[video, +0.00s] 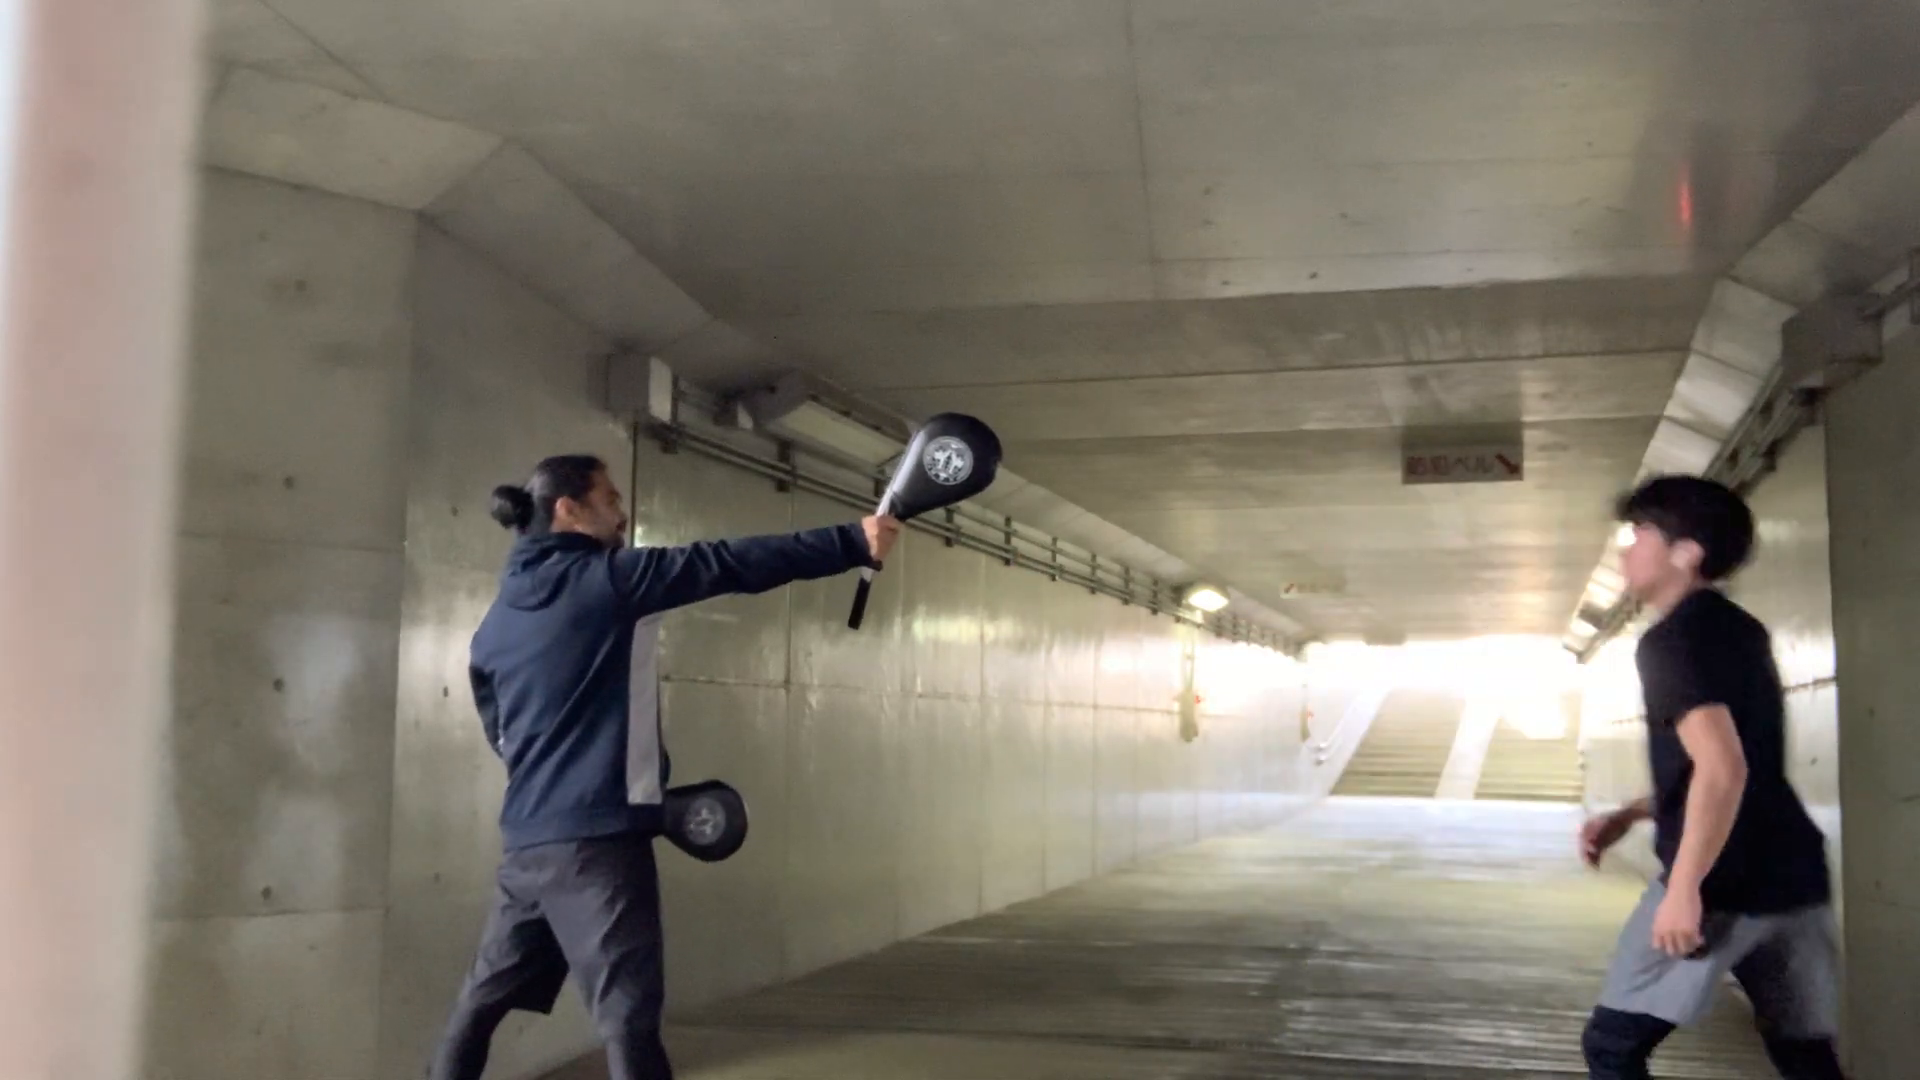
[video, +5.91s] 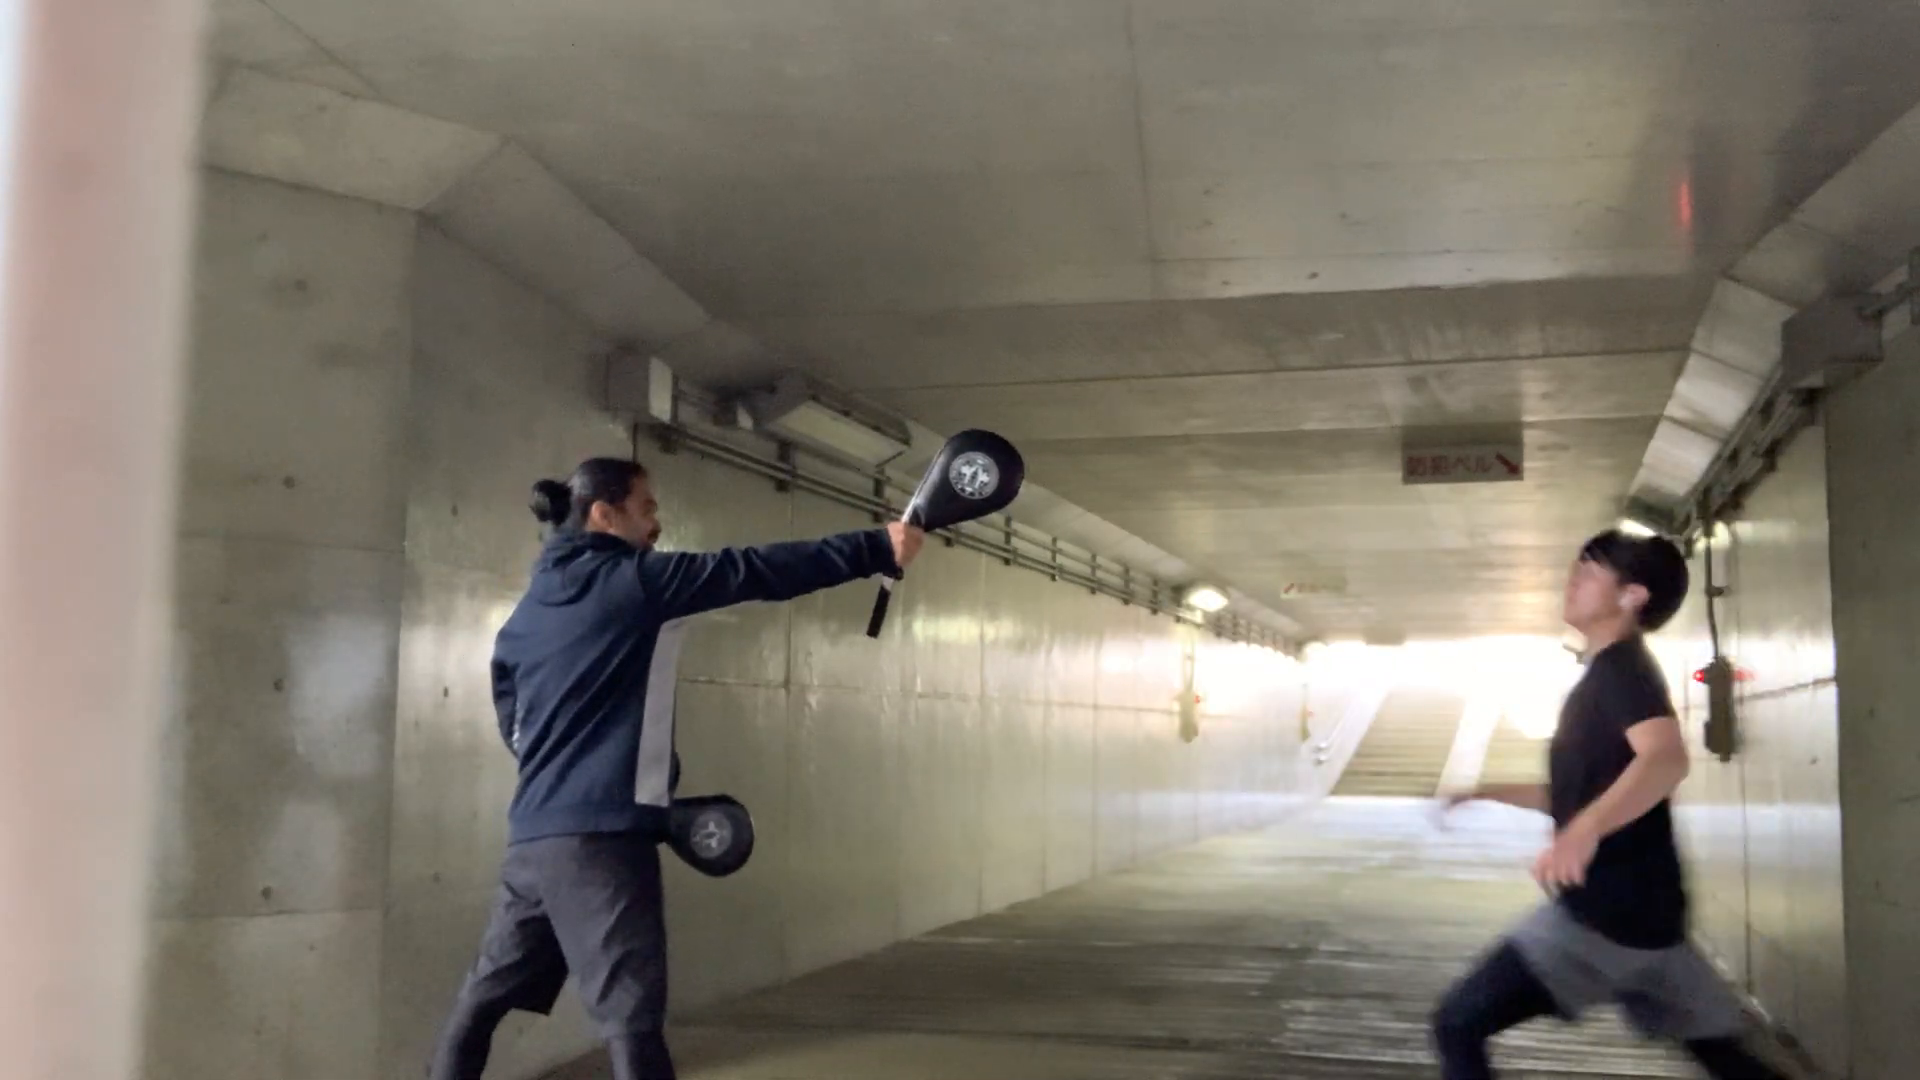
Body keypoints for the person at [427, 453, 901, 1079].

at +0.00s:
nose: (623, 514)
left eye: (620, 501)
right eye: (611, 501)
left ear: (556, 514)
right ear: (567, 509)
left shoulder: (493, 628)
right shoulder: (604, 577)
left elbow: (511, 740)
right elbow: (724, 563)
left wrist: (630, 790)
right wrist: (852, 540)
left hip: (529, 838)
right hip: (595, 836)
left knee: (477, 1009)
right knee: (629, 1024)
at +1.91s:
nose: (630, 516)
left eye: (626, 503)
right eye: (618, 503)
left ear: (564, 516)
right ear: (571, 512)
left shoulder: (495, 630)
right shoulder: (608, 578)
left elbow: (512, 741)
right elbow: (727, 564)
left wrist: (636, 789)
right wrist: (855, 543)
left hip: (529, 841)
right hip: (596, 838)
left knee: (476, 1010)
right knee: (629, 1026)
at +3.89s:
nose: (614, 512)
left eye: (609, 498)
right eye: (600, 499)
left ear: (547, 518)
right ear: (557, 513)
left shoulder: (487, 639)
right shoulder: (595, 578)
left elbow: (517, 753)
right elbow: (715, 569)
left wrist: (633, 792)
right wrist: (838, 539)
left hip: (527, 841)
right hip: (591, 838)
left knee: (474, 1009)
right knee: (627, 1024)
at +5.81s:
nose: (657, 523)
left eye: (655, 508)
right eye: (647, 507)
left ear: (595, 514)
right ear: (603, 512)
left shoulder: (520, 618)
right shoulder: (637, 578)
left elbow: (521, 735)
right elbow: (756, 570)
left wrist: (622, 789)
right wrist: (877, 546)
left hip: (533, 834)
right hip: (598, 832)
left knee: (479, 1003)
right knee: (631, 1023)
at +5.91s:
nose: (658, 522)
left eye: (655, 507)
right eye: (647, 507)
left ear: (595, 514)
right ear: (602, 512)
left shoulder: (521, 618)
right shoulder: (636, 578)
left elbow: (522, 736)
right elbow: (754, 570)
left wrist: (625, 786)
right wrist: (877, 547)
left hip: (534, 833)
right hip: (599, 831)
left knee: (479, 1003)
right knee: (632, 1023)